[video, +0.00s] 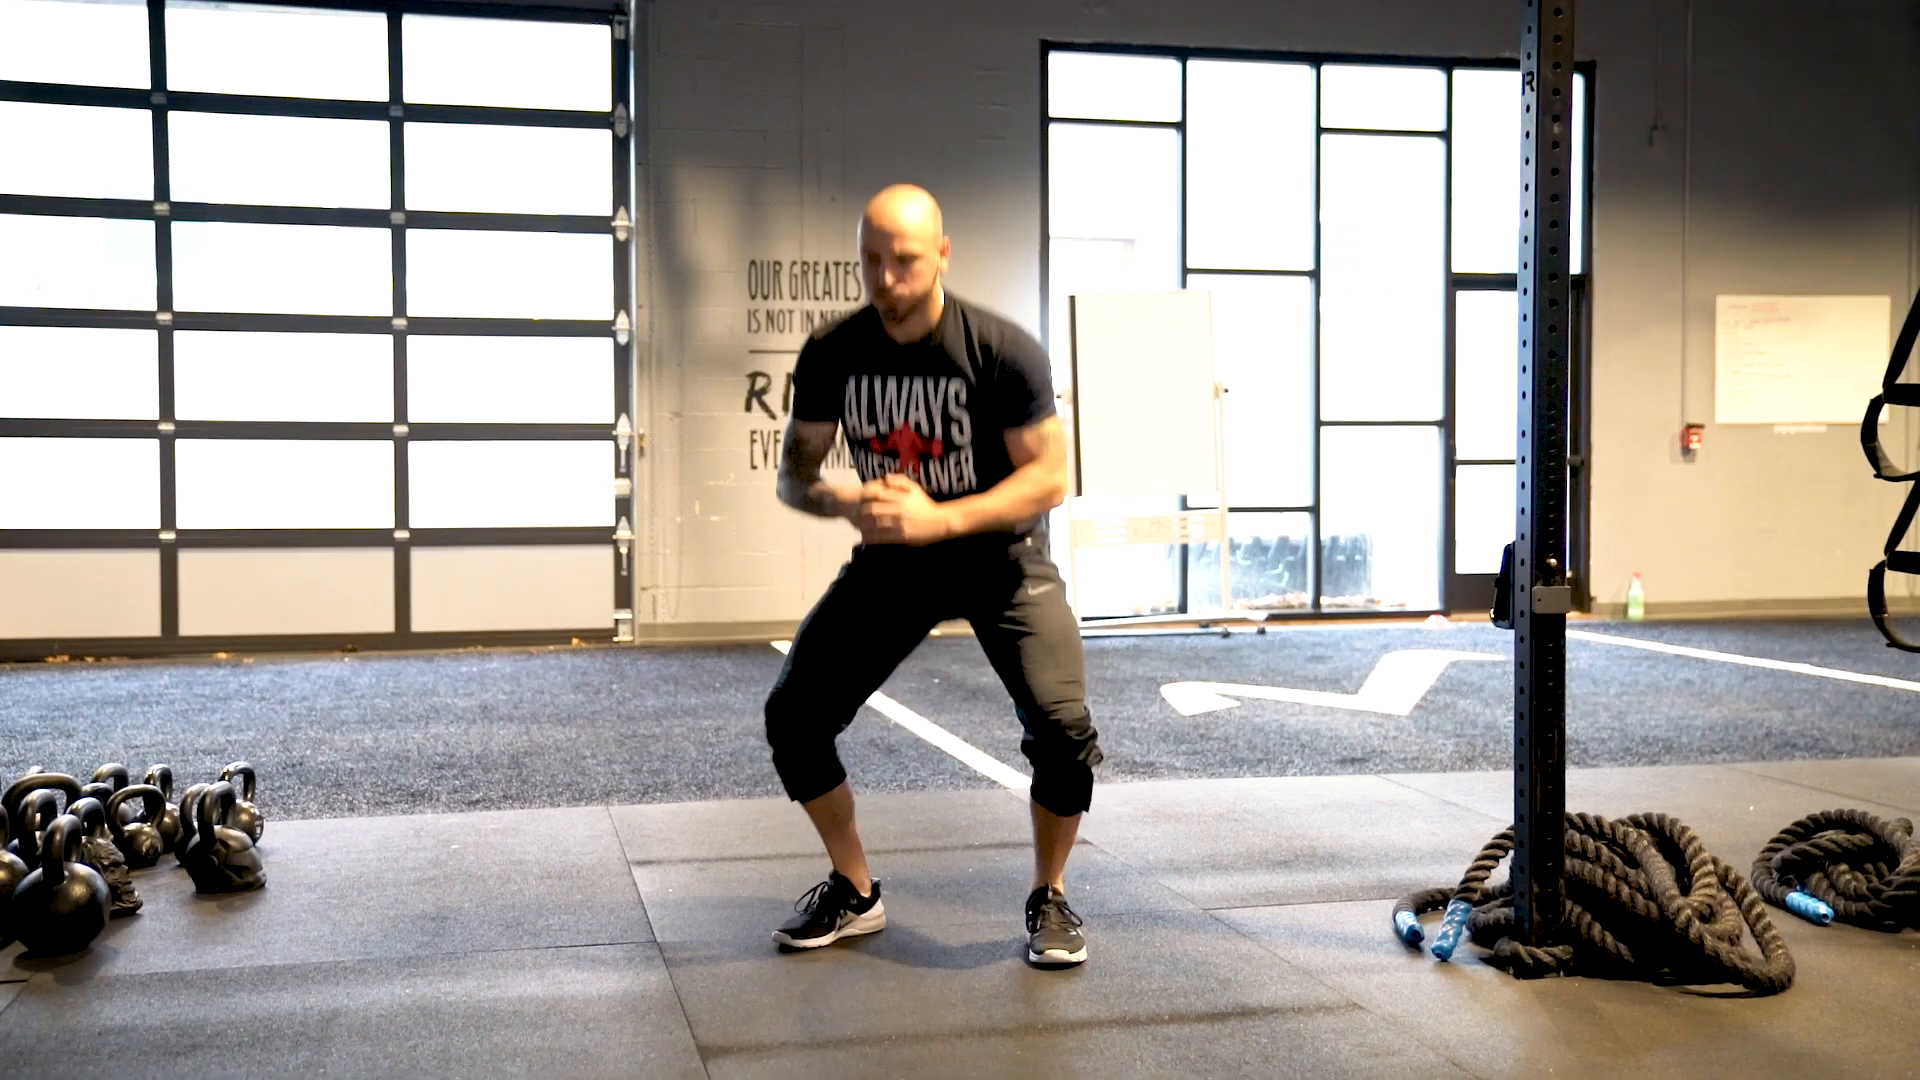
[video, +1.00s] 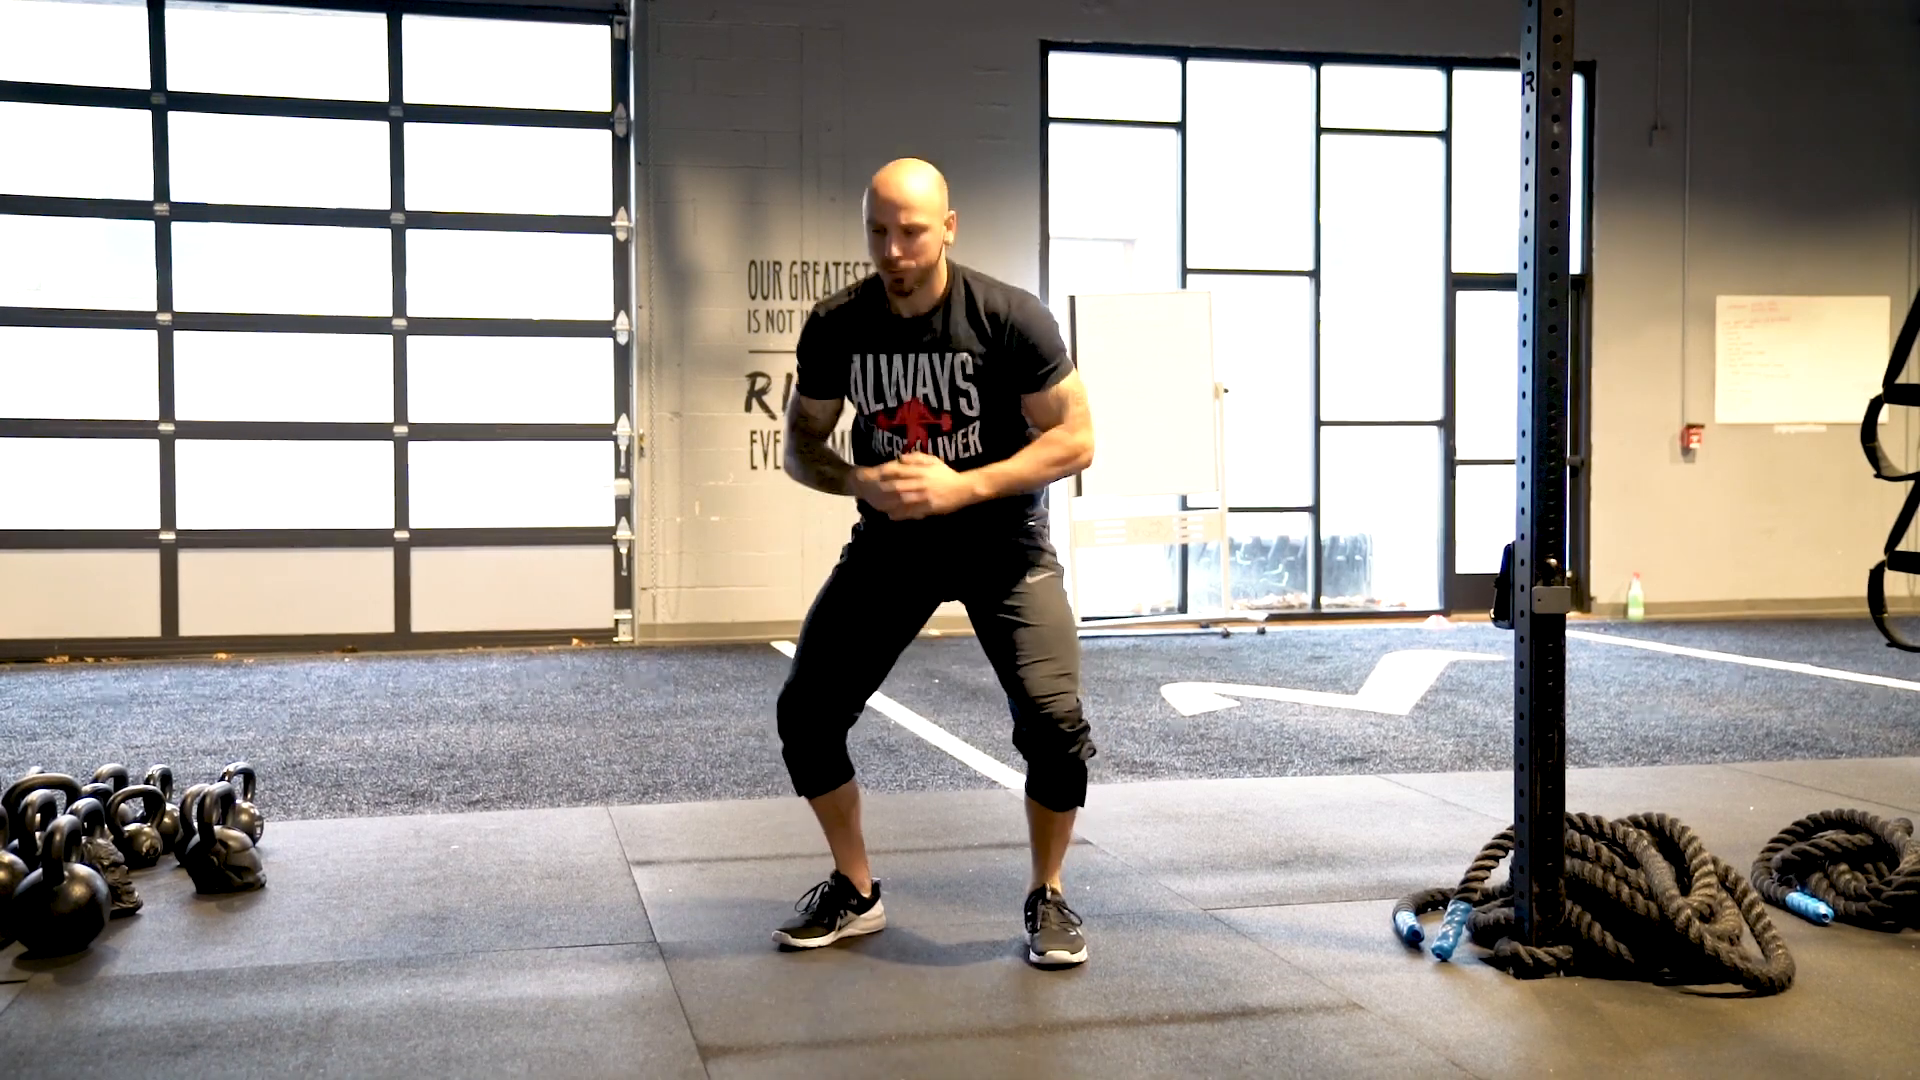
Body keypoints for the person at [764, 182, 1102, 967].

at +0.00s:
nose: (887, 281)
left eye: (906, 263)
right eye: (874, 261)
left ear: (943, 257)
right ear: (859, 256)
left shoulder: (1003, 352)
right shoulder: (830, 354)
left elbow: (1050, 477)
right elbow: (795, 481)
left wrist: (943, 516)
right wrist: (846, 500)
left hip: (1005, 560)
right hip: (894, 563)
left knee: (1064, 727)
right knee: (794, 718)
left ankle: (1049, 896)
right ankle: (854, 888)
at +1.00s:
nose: (894, 252)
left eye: (912, 233)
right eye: (881, 233)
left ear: (950, 229)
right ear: (866, 230)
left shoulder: (1013, 321)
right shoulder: (834, 330)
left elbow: (1073, 443)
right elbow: (803, 449)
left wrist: (962, 486)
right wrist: (860, 481)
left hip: (1007, 546)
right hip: (893, 545)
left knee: (1056, 722)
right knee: (806, 714)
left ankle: (1048, 894)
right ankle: (855, 887)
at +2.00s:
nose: (887, 261)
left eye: (904, 241)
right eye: (873, 242)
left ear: (943, 237)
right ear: (859, 241)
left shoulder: (1005, 331)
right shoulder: (832, 339)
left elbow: (1056, 461)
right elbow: (800, 476)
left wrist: (941, 460)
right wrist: (850, 464)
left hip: (1005, 544)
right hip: (896, 546)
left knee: (1052, 723)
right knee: (801, 714)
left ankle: (1047, 896)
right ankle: (854, 887)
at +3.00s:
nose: (892, 282)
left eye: (910, 262)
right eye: (880, 262)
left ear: (949, 259)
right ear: (866, 262)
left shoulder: (1005, 351)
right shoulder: (838, 357)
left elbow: (1033, 486)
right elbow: (799, 500)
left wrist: (921, 438)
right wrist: (843, 448)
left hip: (1007, 565)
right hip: (899, 567)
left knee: (1060, 726)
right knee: (793, 720)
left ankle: (1047, 898)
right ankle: (854, 889)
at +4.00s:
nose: (892, 298)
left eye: (910, 278)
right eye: (880, 278)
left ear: (949, 276)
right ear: (866, 278)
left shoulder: (1001, 358)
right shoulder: (838, 367)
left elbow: (1022, 483)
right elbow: (786, 495)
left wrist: (913, 415)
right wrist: (842, 421)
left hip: (1006, 575)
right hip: (901, 579)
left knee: (1064, 726)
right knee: (789, 720)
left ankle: (1046, 897)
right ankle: (852, 888)